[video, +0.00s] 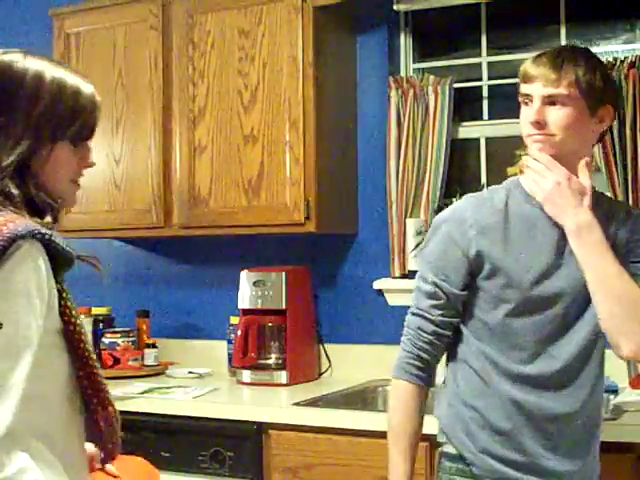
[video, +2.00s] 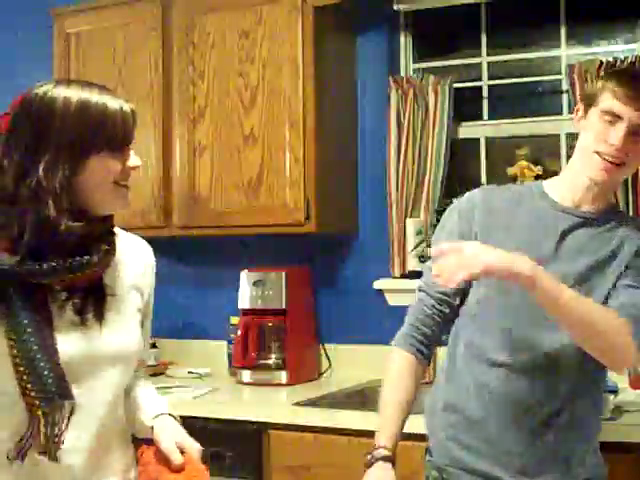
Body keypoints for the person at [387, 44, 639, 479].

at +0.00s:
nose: (534, 118)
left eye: (555, 102)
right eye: (526, 102)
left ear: (601, 120)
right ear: (518, 110)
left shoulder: (622, 227)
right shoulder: (468, 222)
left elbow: (631, 343)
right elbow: (414, 362)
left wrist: (577, 220)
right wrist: (400, 475)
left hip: (573, 466)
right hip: (473, 461)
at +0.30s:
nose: (491, 108)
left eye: (513, 95)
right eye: (487, 95)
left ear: (562, 116)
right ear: (480, 106)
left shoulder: (594, 217)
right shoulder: (430, 225)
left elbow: (572, 321)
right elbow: (399, 364)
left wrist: (521, 198)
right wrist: (395, 473)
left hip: (549, 462)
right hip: (445, 460)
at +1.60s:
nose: (542, 127)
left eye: (560, 114)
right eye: (532, 112)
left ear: (597, 125)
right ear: (516, 123)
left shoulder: (619, 222)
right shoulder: (458, 221)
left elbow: (533, 279)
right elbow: (434, 332)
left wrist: (483, 162)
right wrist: (411, 435)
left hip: (552, 462)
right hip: (450, 457)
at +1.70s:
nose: (604, 142)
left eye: (621, 130)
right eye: (593, 120)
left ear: (631, 140)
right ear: (555, 112)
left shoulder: (623, 225)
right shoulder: (463, 212)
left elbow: (540, 272)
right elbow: (428, 341)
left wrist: (445, 191)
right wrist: (411, 460)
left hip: (558, 463)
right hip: (452, 459)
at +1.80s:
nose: (630, 151)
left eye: (639, 136)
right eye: (622, 126)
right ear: (578, 113)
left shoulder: (626, 229)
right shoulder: (467, 209)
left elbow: (557, 288)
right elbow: (419, 346)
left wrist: (456, 230)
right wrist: (398, 468)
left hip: (562, 466)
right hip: (455, 461)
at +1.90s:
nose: (633, 147)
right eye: (625, 124)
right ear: (583, 115)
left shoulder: (626, 236)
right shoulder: (473, 210)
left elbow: (593, 319)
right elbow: (417, 341)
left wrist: (484, 245)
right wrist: (386, 465)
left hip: (564, 466)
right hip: (459, 462)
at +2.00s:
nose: (619, 141)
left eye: (637, 132)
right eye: (611, 118)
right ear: (580, 116)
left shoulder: (629, 244)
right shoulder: (477, 211)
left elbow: (629, 357)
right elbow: (416, 337)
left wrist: (526, 272)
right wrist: (381, 456)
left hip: (566, 469)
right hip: (459, 463)